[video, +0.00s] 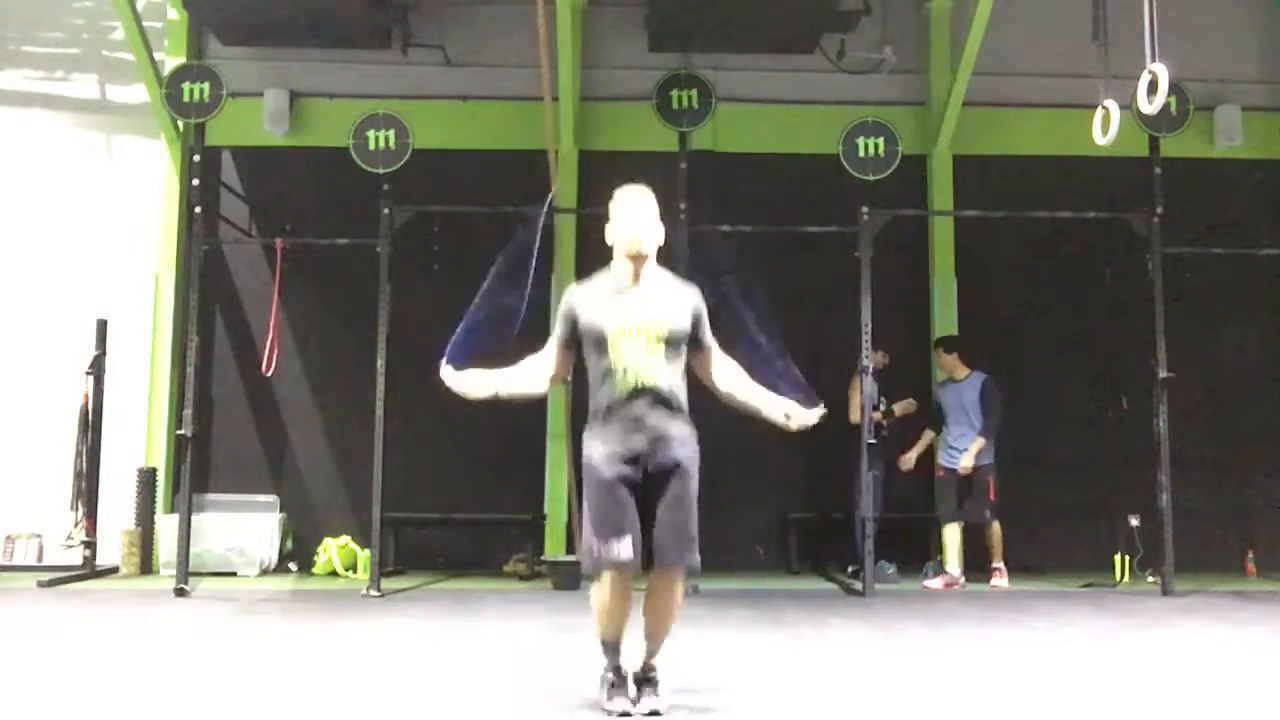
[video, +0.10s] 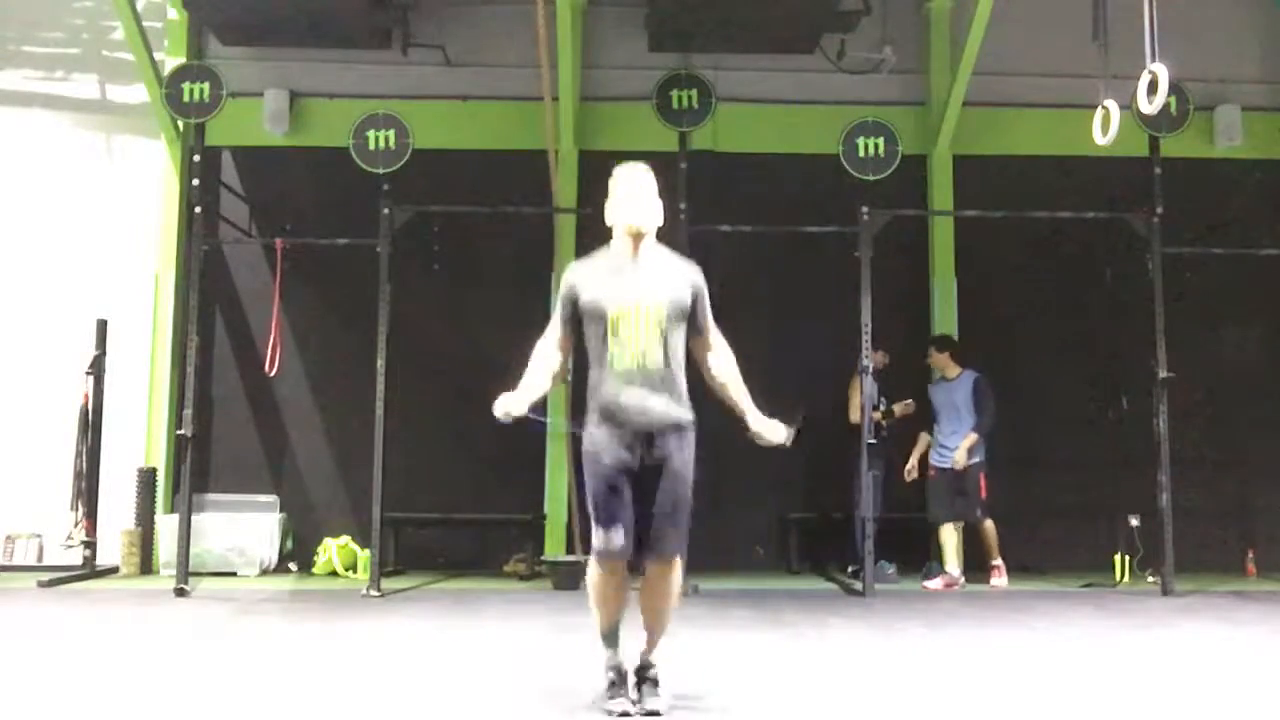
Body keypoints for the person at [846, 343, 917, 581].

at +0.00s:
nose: (885, 360)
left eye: (885, 356)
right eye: (881, 355)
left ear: (879, 358)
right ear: (870, 355)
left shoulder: (875, 380)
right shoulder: (861, 380)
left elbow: (873, 414)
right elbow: (855, 416)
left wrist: (897, 410)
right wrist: (892, 411)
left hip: (879, 447)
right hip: (868, 449)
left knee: (876, 506)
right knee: (868, 507)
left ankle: (873, 558)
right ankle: (867, 561)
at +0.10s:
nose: (885, 360)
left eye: (885, 355)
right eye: (881, 354)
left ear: (879, 358)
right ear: (870, 355)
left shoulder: (872, 380)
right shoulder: (861, 380)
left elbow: (871, 414)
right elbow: (855, 415)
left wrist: (895, 410)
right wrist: (891, 412)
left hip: (877, 446)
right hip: (868, 447)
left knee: (873, 506)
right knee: (868, 507)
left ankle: (868, 559)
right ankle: (868, 561)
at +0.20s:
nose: (883, 362)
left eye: (884, 358)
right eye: (881, 357)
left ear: (882, 359)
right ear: (871, 356)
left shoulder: (873, 381)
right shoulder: (860, 379)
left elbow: (874, 415)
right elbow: (854, 415)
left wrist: (895, 412)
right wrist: (887, 414)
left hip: (875, 445)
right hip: (865, 446)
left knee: (873, 504)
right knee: (866, 505)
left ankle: (867, 558)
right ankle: (866, 560)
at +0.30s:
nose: (883, 363)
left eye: (885, 359)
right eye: (882, 358)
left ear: (882, 360)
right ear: (873, 355)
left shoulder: (873, 380)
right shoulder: (860, 379)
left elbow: (872, 416)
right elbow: (854, 415)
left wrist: (891, 416)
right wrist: (888, 415)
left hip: (875, 444)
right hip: (864, 445)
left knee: (872, 504)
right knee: (864, 504)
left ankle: (861, 558)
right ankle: (864, 560)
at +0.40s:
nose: (884, 366)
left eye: (887, 363)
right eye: (884, 362)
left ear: (886, 366)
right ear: (877, 361)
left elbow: (894, 418)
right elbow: (855, 415)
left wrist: (885, 419)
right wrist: (879, 418)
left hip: (877, 444)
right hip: (861, 443)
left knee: (874, 503)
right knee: (861, 502)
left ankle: (870, 558)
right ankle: (858, 558)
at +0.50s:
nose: (894, 369)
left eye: (895, 365)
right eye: (893, 363)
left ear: (886, 364)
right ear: (883, 360)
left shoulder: (877, 383)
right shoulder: (862, 379)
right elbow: (857, 414)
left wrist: (879, 424)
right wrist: (876, 424)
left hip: (875, 444)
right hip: (862, 445)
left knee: (871, 503)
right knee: (861, 502)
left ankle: (863, 557)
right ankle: (860, 559)